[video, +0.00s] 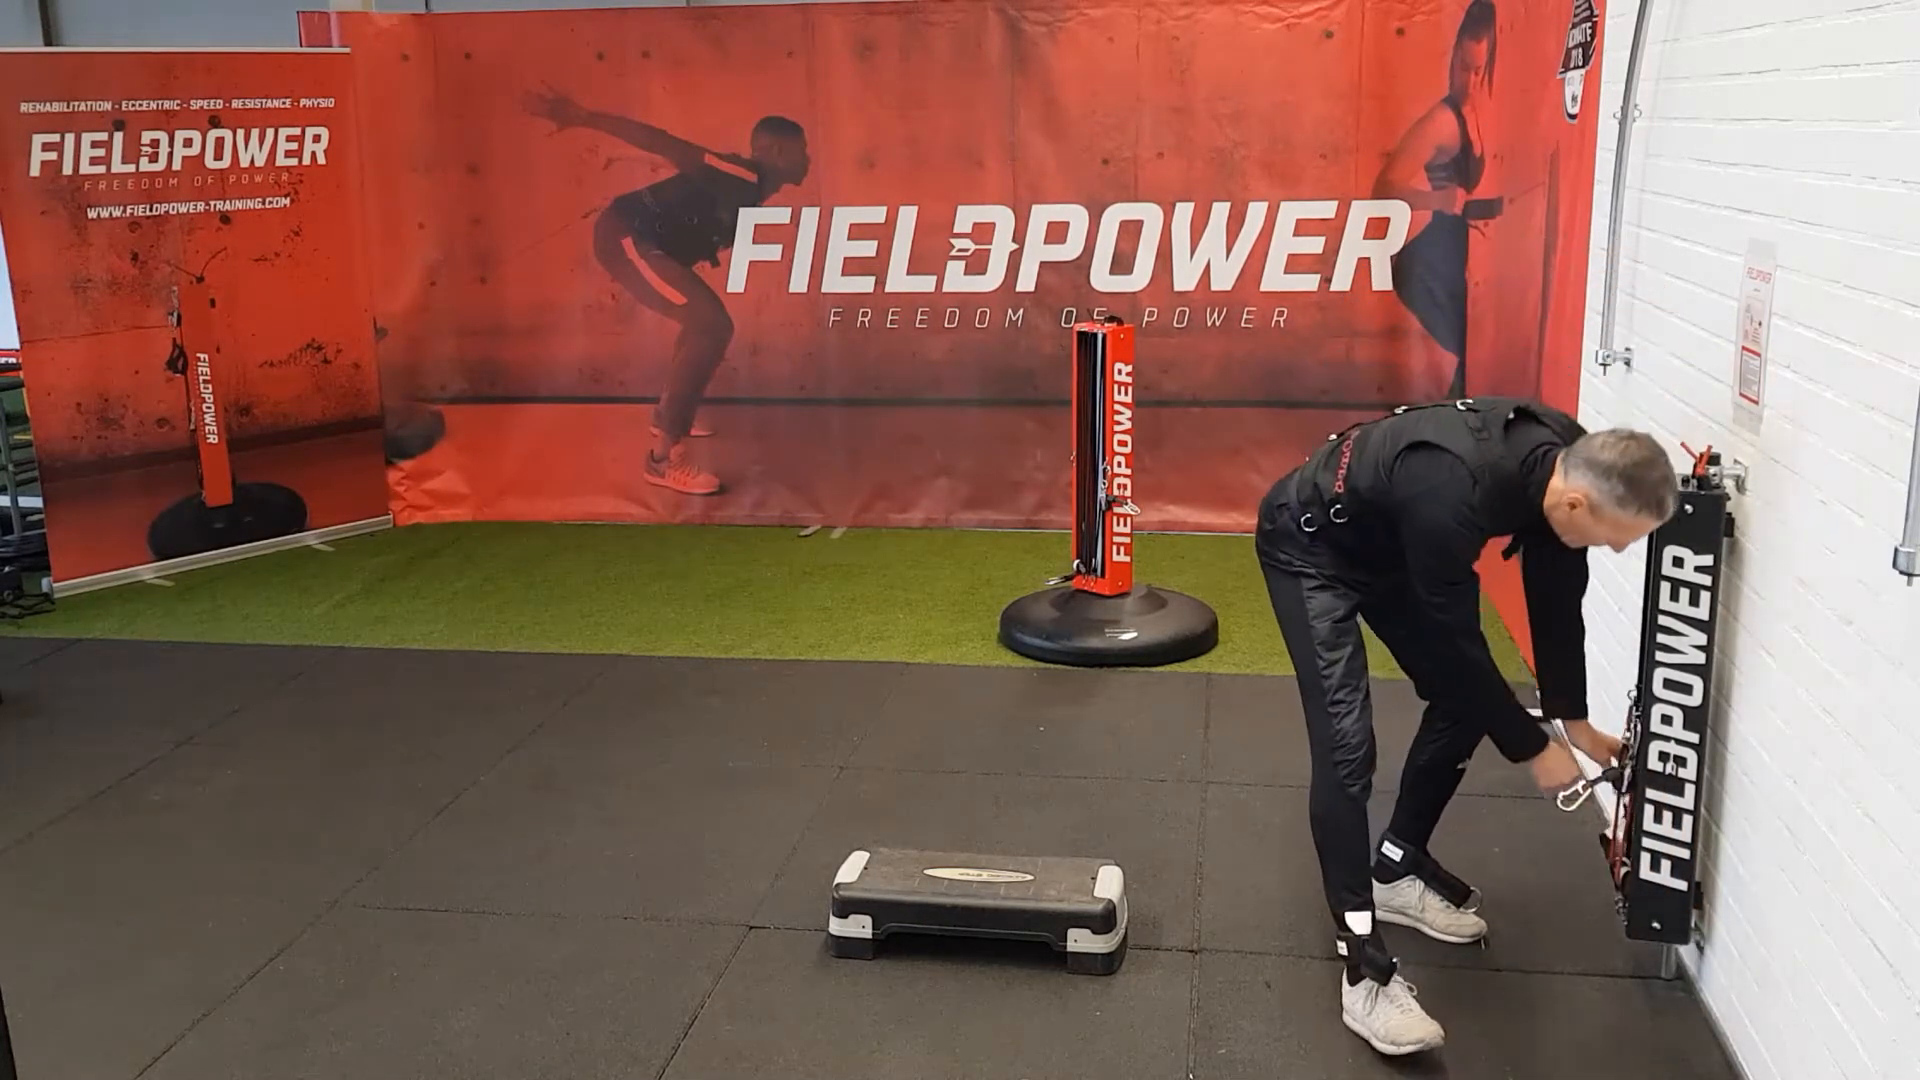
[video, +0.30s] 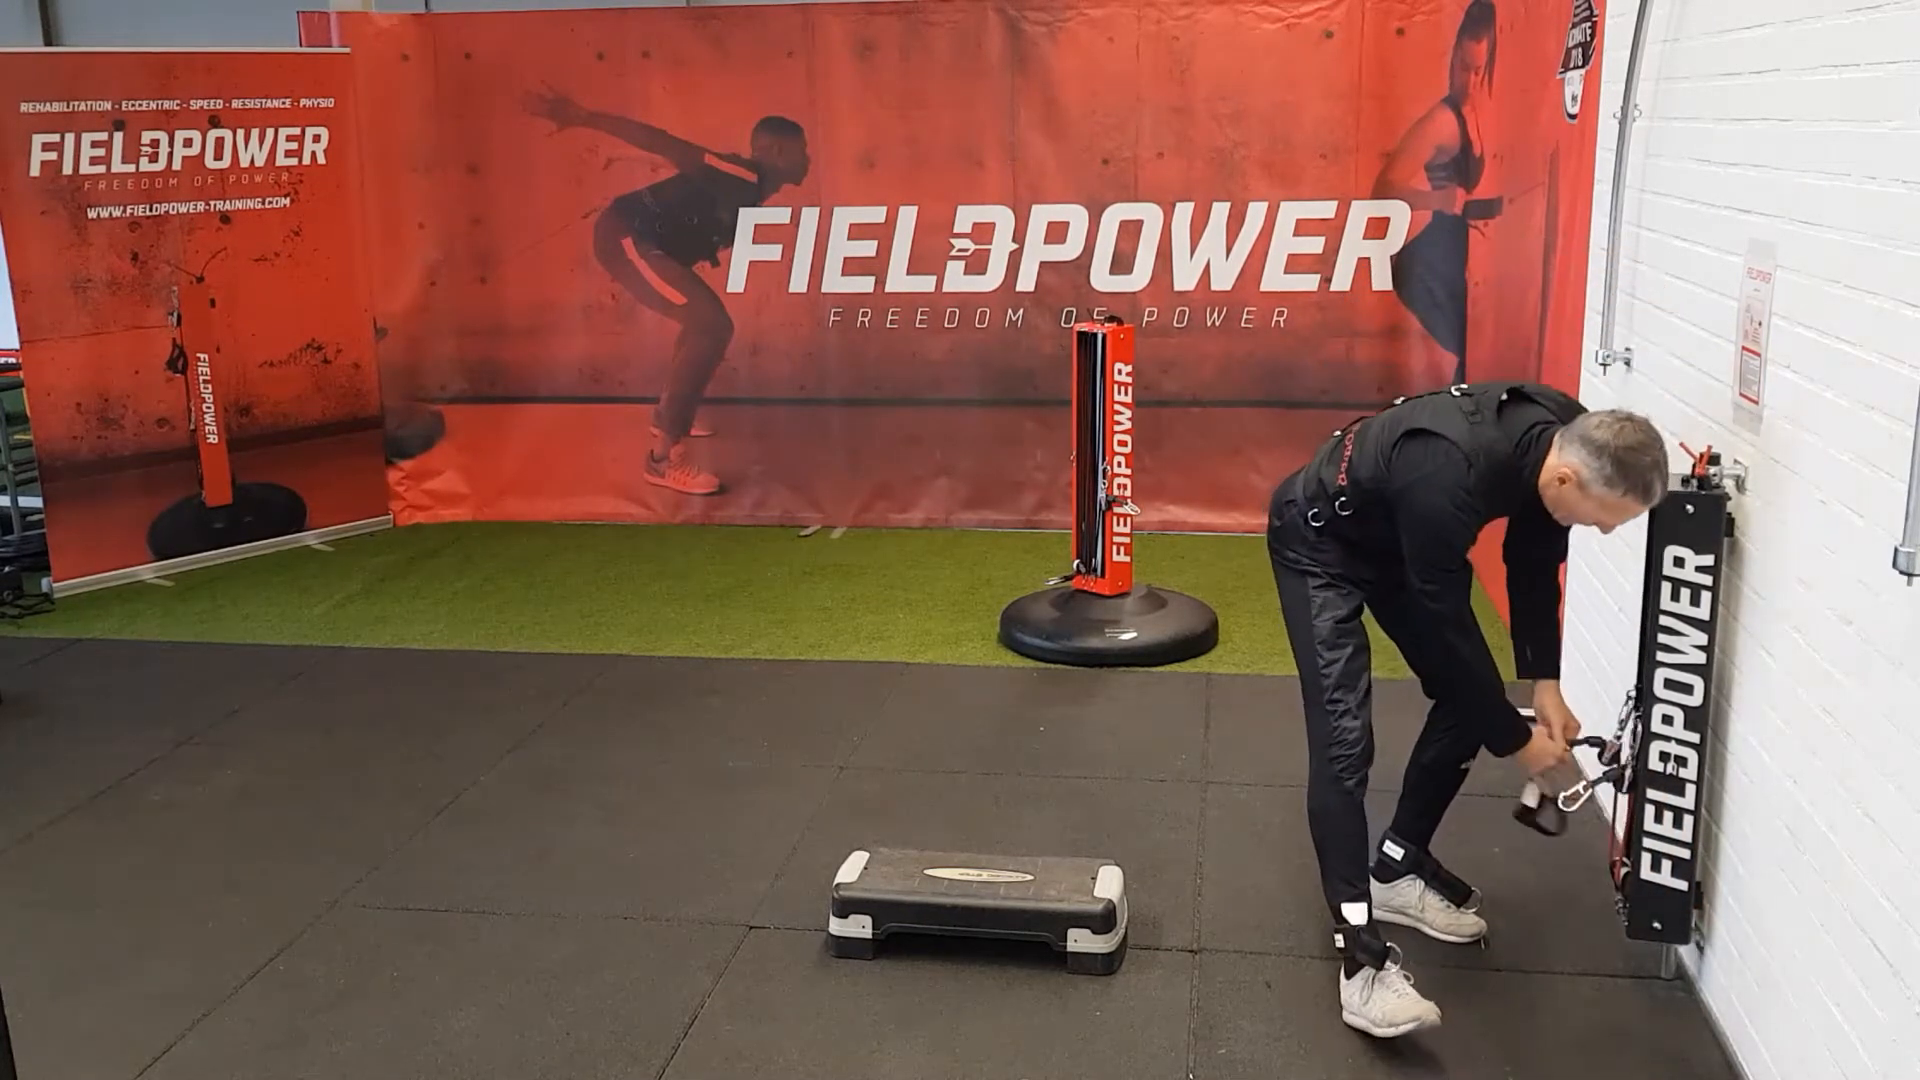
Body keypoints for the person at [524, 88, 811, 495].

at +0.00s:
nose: (807, 159)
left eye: (805, 150)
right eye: (800, 150)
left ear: (774, 151)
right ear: (772, 150)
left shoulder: (749, 188)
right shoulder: (735, 177)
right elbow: (662, 142)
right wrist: (584, 117)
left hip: (644, 236)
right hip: (626, 233)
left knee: (709, 321)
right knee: (713, 326)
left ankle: (670, 411)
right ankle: (665, 457)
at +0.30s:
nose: (807, 159)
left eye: (805, 150)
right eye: (800, 150)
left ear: (774, 151)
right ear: (772, 150)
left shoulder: (749, 188)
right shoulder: (735, 177)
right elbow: (662, 142)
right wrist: (584, 117)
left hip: (645, 236)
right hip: (626, 233)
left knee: (709, 321)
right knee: (713, 326)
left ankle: (671, 411)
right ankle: (665, 457)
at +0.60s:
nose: (807, 158)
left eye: (805, 150)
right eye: (800, 150)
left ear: (774, 151)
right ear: (770, 150)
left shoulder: (750, 189)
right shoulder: (735, 175)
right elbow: (660, 142)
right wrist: (584, 117)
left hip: (646, 238)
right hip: (626, 233)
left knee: (711, 322)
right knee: (712, 325)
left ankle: (671, 412)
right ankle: (665, 456)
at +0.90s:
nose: (807, 158)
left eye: (805, 149)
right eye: (800, 150)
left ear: (773, 151)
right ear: (770, 150)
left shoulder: (749, 189)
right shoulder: (735, 176)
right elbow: (661, 142)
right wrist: (584, 117)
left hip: (645, 237)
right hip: (626, 233)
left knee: (710, 322)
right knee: (712, 326)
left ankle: (671, 412)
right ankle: (665, 456)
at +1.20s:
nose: (807, 158)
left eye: (805, 150)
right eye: (800, 150)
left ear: (773, 151)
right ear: (770, 150)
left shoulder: (749, 189)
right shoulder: (735, 175)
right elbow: (660, 142)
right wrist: (584, 117)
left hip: (645, 237)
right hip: (626, 233)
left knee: (711, 322)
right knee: (712, 325)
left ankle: (671, 412)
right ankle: (665, 456)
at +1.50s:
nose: (807, 158)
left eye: (805, 149)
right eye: (800, 149)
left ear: (774, 151)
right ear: (770, 149)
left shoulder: (751, 191)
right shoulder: (734, 176)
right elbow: (661, 142)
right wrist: (584, 117)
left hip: (646, 238)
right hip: (626, 232)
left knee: (712, 322)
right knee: (711, 325)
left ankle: (671, 412)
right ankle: (665, 456)